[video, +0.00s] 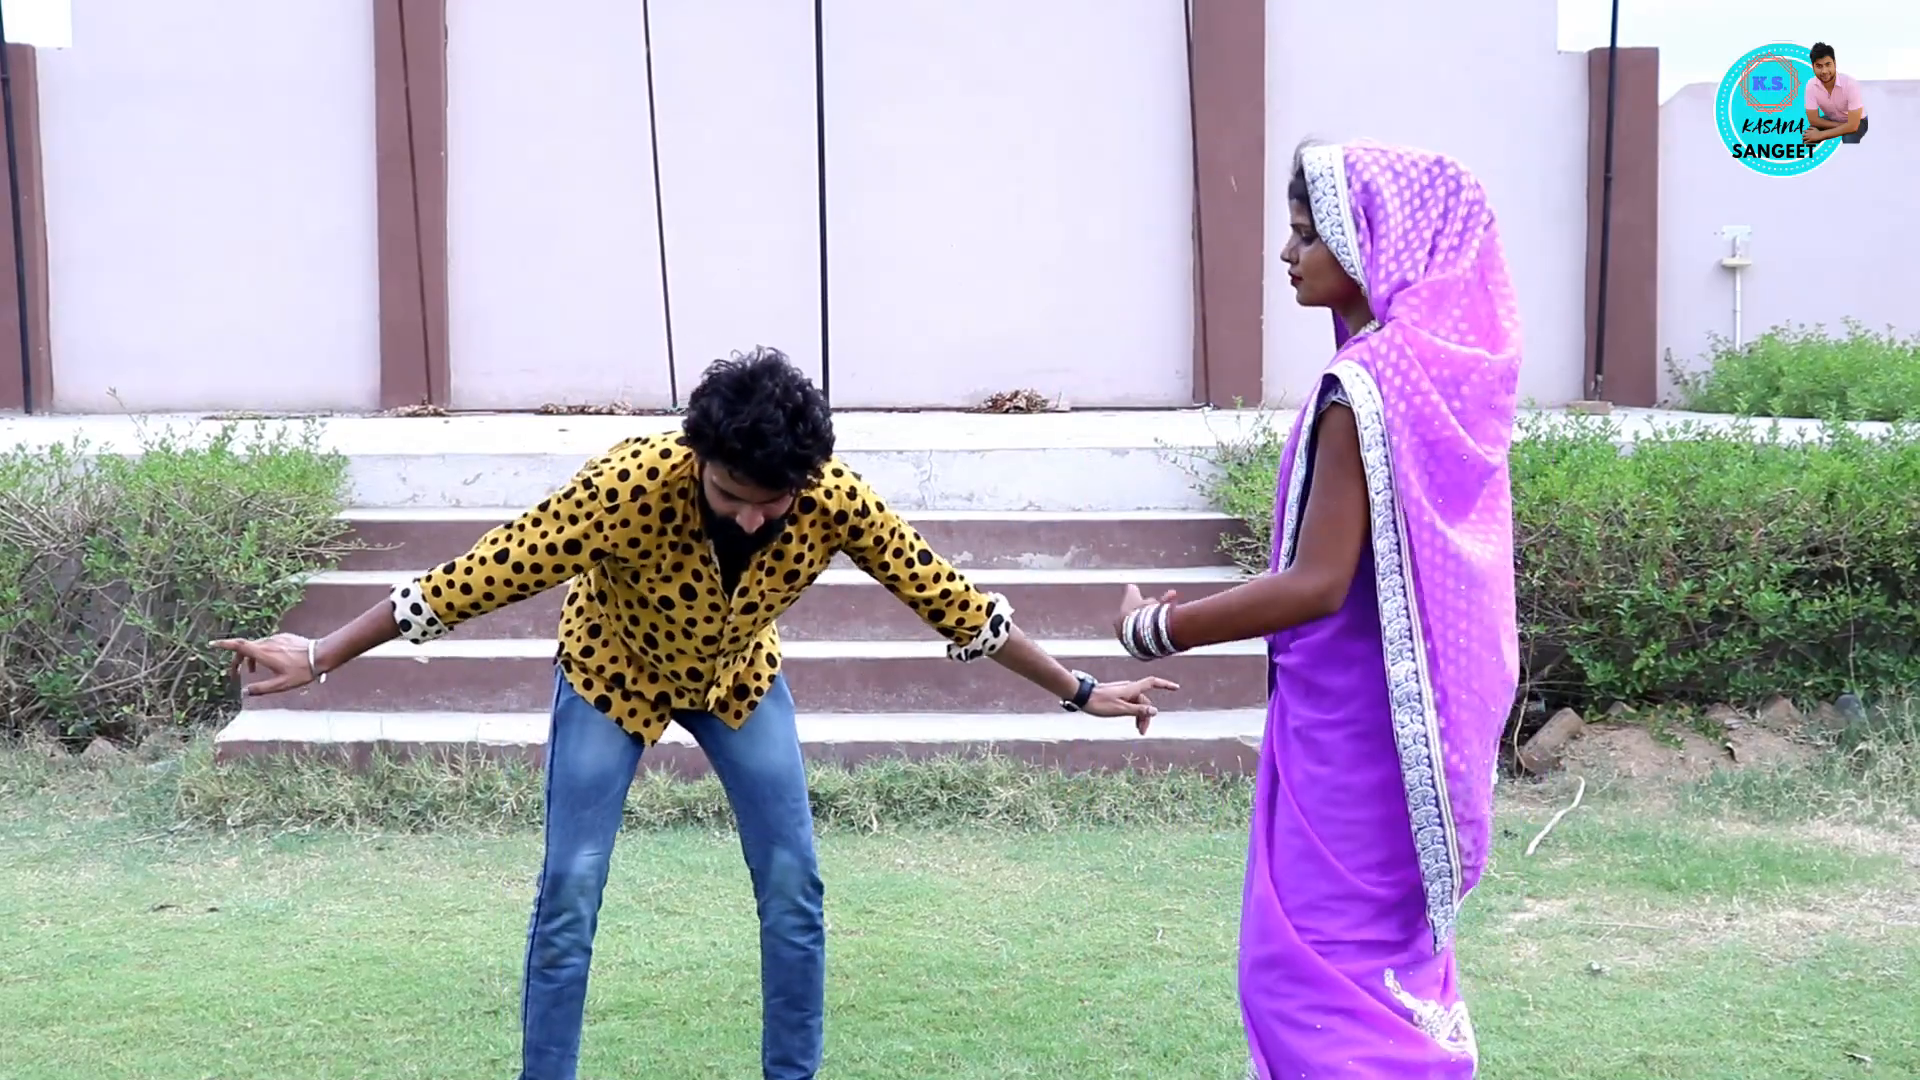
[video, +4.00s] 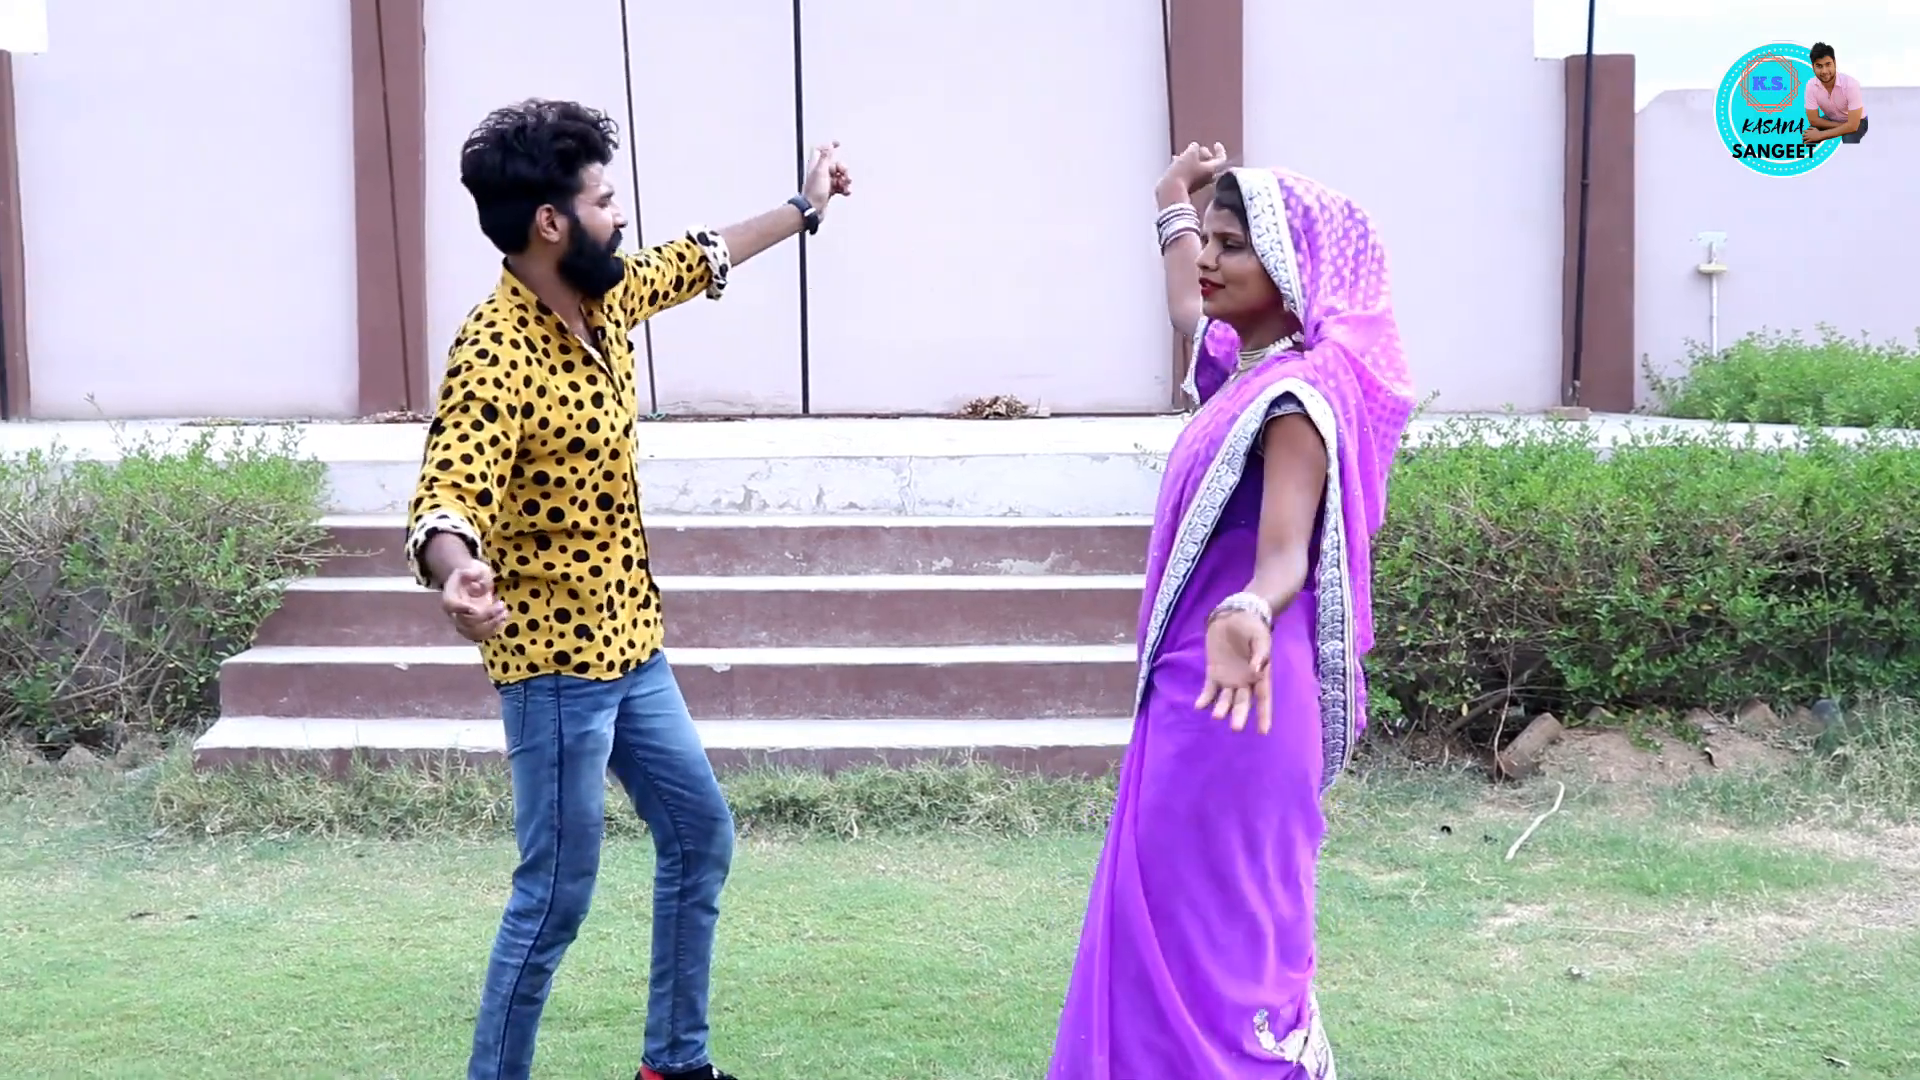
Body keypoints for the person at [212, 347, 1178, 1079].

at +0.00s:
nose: (755, 516)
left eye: (776, 501)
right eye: (739, 495)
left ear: (805, 475)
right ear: (702, 456)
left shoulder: (828, 492)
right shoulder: (633, 479)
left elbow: (941, 594)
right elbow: (489, 570)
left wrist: (1072, 690)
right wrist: (322, 652)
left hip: (736, 667)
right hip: (610, 665)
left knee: (793, 870)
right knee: (570, 885)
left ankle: (793, 1069)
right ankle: (546, 1071)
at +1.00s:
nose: (697, 502)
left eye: (723, 493)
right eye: (689, 477)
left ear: (773, 485)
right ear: (673, 443)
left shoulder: (804, 520)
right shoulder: (599, 492)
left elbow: (898, 631)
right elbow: (469, 616)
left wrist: (1008, 714)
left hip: (699, 693)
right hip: (578, 690)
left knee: (813, 881)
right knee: (567, 905)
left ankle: (733, 1067)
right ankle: (540, 1078)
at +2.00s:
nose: (443, 217)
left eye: (458, 201)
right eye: (417, 204)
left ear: (481, 222)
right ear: (378, 231)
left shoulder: (523, 355)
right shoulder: (350, 355)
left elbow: (659, 424)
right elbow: (281, 442)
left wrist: (803, 441)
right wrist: (226, 505)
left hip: (533, 667)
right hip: (426, 677)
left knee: (615, 861)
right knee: (420, 920)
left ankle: (554, 1066)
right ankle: (360, 1076)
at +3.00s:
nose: (371, 207)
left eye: (378, 184)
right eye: (340, 202)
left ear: (403, 195)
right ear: (310, 236)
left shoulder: (449, 325)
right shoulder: (331, 342)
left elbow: (581, 318)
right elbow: (257, 420)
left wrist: (728, 269)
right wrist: (165, 485)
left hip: (510, 659)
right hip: (414, 673)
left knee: (584, 850)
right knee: (413, 907)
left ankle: (554, 1064)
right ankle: (357, 1073)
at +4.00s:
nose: (621, 212)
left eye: (615, 194)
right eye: (604, 198)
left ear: (555, 218)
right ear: (546, 220)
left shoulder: (602, 297)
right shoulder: (495, 349)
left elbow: (696, 258)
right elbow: (444, 501)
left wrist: (803, 208)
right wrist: (457, 567)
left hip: (629, 648)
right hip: (550, 660)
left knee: (701, 833)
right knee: (554, 893)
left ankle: (676, 1059)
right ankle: (495, 1071)